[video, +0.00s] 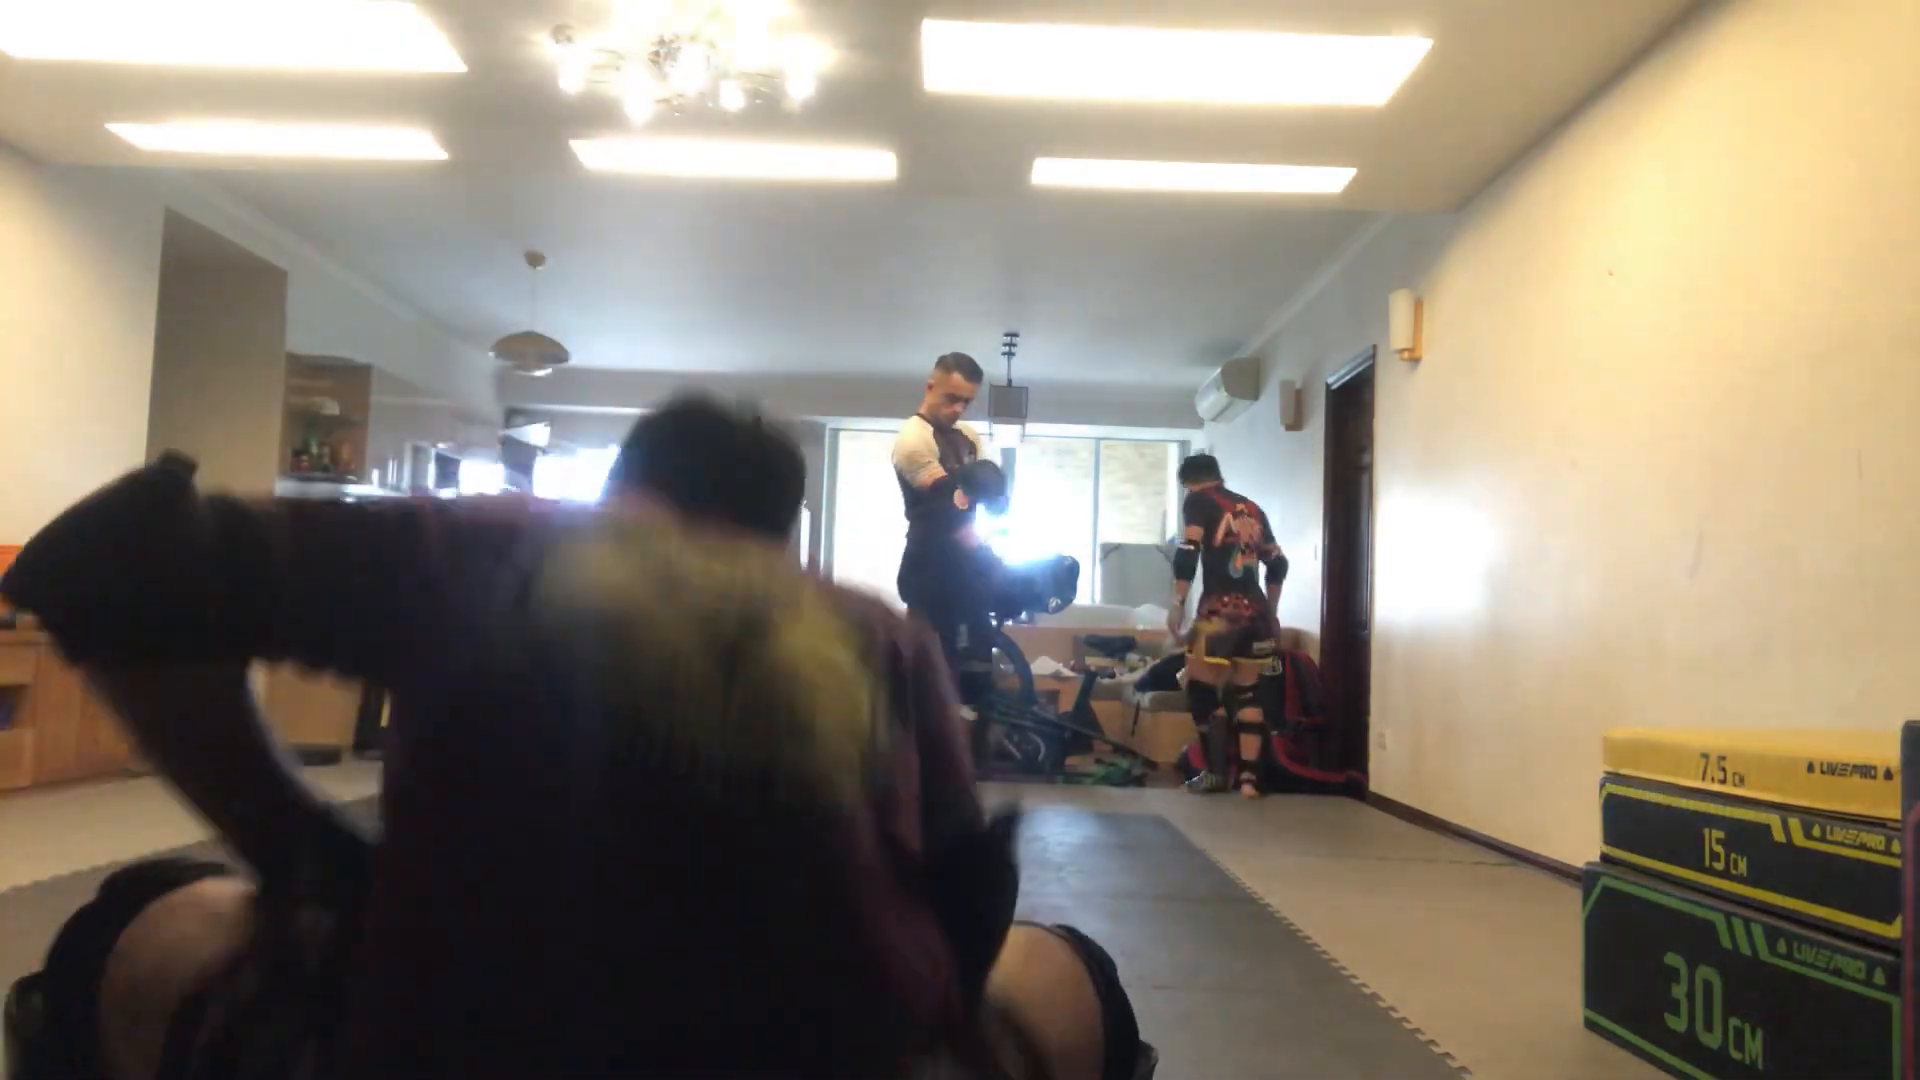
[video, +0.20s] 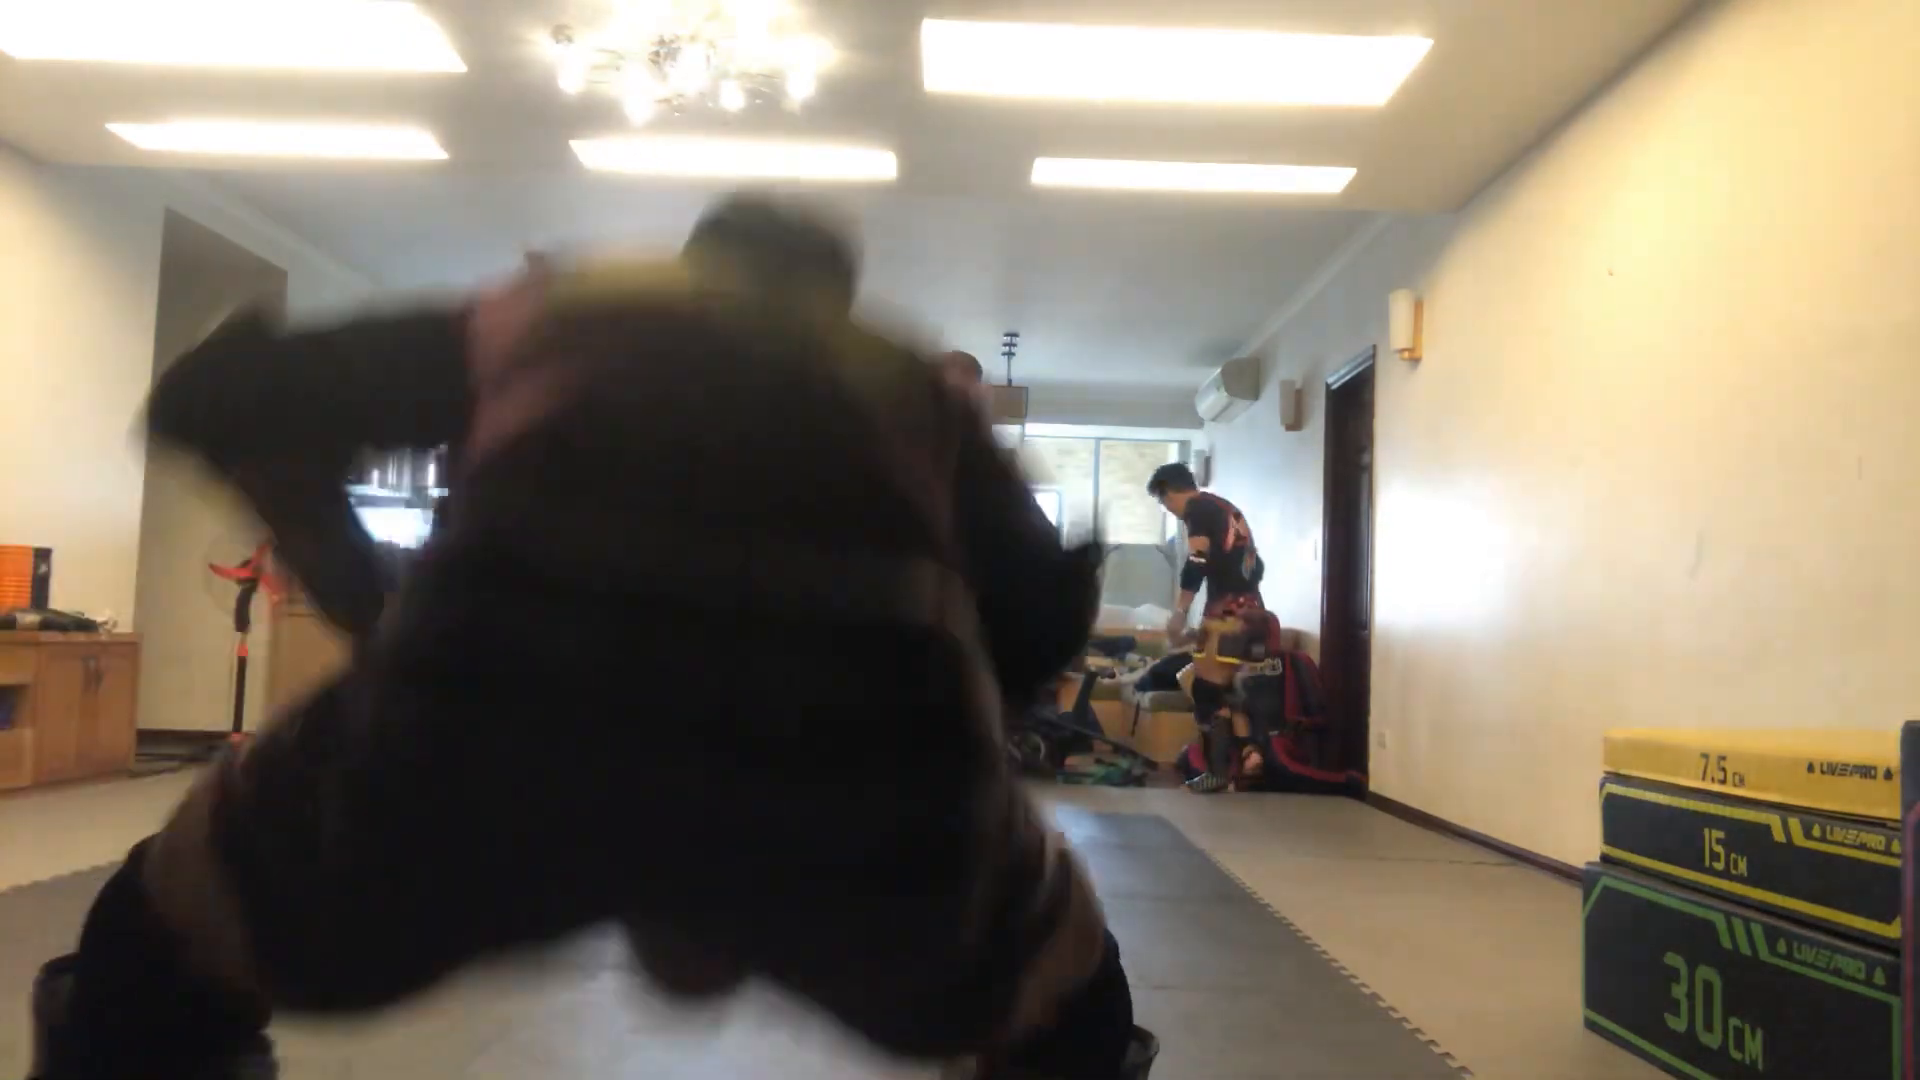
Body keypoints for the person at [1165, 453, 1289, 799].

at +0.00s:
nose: (1187, 492)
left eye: (1186, 487)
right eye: (1186, 487)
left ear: (1193, 483)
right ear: (1217, 478)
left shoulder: (1198, 499)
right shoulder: (1249, 506)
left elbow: (1188, 556)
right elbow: (1277, 563)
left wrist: (1177, 606)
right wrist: (1270, 612)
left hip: (1219, 610)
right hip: (1258, 612)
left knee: (1200, 684)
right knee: (1248, 691)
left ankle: (1215, 770)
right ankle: (1249, 776)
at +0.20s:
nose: (1166, 509)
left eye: (1163, 501)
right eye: (1162, 503)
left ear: (1172, 492)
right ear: (1189, 485)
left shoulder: (1198, 508)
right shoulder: (1225, 505)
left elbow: (1198, 562)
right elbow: (1253, 564)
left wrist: (1179, 613)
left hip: (1225, 611)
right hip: (1251, 610)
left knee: (1208, 690)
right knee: (1233, 686)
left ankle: (1217, 772)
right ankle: (1248, 750)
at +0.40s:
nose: (1153, 528)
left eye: (1150, 520)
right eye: (1148, 523)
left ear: (1163, 507)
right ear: (1167, 504)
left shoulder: (1200, 517)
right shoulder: (1199, 517)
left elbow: (1218, 570)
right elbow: (1217, 575)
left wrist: (1198, 614)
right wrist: (1201, 618)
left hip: (1244, 621)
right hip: (1238, 620)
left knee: (1213, 689)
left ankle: (1220, 771)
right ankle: (1226, 769)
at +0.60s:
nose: (1156, 563)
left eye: (1154, 556)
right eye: (1151, 559)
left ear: (1165, 539)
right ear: (1161, 544)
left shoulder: (1210, 536)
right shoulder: (1180, 562)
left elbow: (1244, 590)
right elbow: (1195, 609)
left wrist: (1222, 639)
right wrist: (1199, 651)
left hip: (1266, 619)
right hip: (1236, 618)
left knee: (1243, 689)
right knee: (1211, 684)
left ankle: (1235, 772)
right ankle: (1217, 765)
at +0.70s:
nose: (1163, 578)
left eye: (1161, 572)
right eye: (1157, 576)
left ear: (1170, 554)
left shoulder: (1212, 548)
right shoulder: (1179, 572)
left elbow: (1253, 593)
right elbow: (1192, 620)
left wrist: (1231, 645)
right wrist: (1200, 661)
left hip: (1267, 611)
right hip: (1236, 613)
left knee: (1254, 683)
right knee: (1211, 687)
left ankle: (1266, 772)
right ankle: (1216, 769)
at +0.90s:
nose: (1176, 612)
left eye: (1175, 606)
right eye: (1171, 610)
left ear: (1184, 587)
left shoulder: (1226, 575)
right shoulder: (1185, 599)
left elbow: (1262, 621)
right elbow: (1196, 641)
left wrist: (1246, 668)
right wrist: (1206, 681)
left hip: (1278, 621)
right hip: (1240, 628)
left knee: (1282, 693)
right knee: (1210, 697)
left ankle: (1307, 778)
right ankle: (1216, 775)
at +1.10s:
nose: (1201, 650)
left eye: (1202, 644)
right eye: (1196, 648)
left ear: (1211, 623)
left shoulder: (1248, 609)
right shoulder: (1199, 635)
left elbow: (1284, 657)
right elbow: (1208, 673)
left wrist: (1256, 696)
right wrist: (1241, 693)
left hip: (1291, 657)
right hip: (1248, 660)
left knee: (1298, 703)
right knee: (1200, 701)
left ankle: (1307, 781)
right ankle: (1216, 775)